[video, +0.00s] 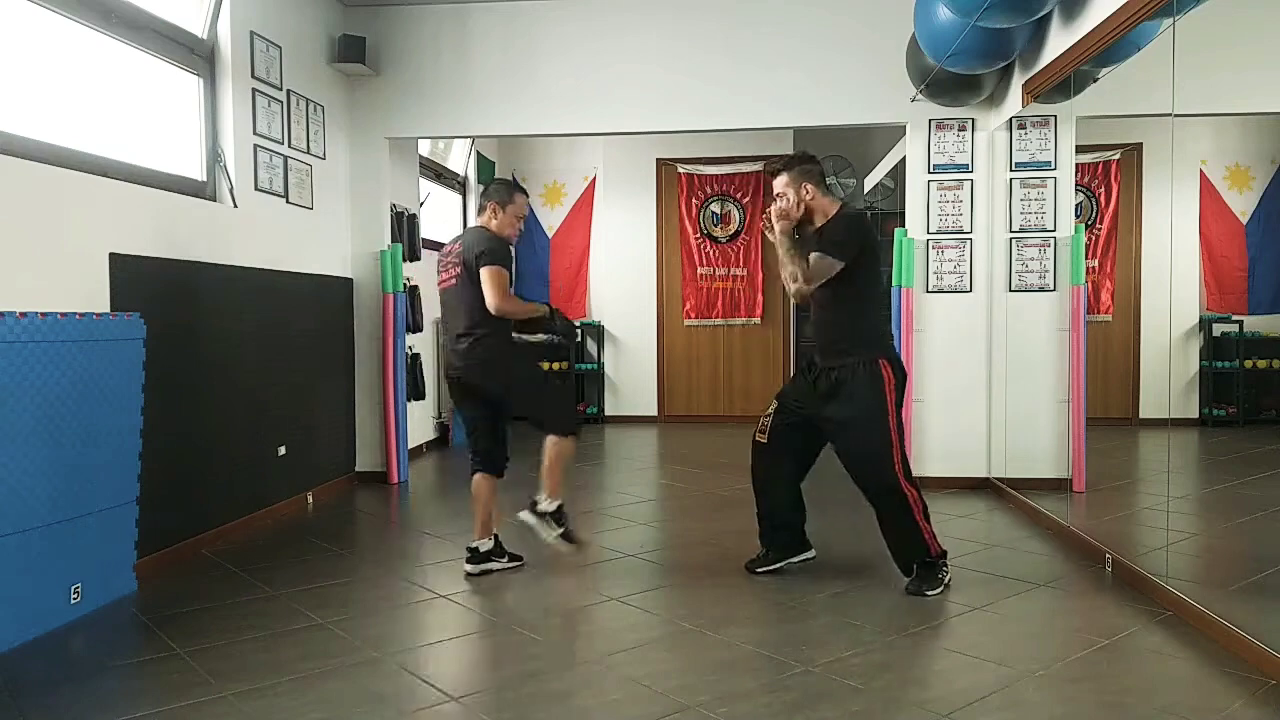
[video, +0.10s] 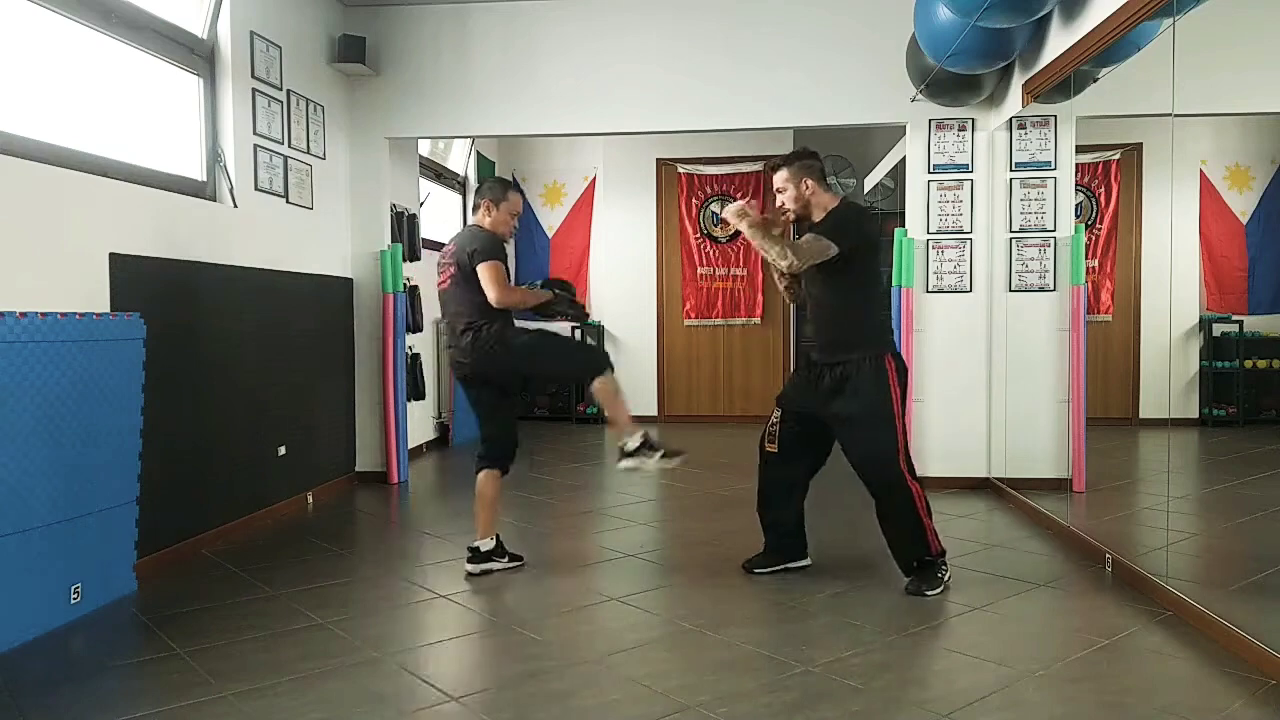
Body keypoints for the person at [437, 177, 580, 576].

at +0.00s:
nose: (520, 229)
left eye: (523, 221)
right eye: (517, 219)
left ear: (488, 213)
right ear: (492, 209)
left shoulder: (456, 246)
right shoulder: (488, 242)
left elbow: (472, 309)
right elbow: (498, 302)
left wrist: (528, 316)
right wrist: (542, 309)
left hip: (460, 366)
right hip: (491, 361)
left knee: (487, 455)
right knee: (563, 415)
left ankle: (483, 547)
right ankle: (549, 505)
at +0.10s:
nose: (516, 225)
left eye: (517, 217)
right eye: (512, 216)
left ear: (483, 211)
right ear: (488, 208)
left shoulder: (461, 243)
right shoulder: (482, 239)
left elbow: (485, 304)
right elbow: (499, 295)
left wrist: (536, 301)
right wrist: (545, 296)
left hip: (469, 356)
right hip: (495, 347)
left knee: (496, 449)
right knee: (594, 360)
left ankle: (484, 547)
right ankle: (632, 440)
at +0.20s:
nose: (513, 223)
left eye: (514, 216)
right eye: (508, 214)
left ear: (480, 212)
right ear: (484, 208)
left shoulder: (460, 244)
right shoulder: (477, 240)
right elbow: (502, 293)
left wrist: (542, 289)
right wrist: (547, 278)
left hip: (481, 356)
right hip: (507, 335)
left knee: (500, 448)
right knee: (604, 319)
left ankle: (485, 547)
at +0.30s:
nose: (509, 225)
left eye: (511, 217)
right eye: (504, 215)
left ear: (479, 212)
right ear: (479, 209)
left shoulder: (464, 248)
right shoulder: (471, 243)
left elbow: (498, 302)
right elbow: (499, 295)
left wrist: (546, 286)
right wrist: (549, 275)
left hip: (491, 354)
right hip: (511, 335)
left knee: (506, 449)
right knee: (609, 304)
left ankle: (487, 545)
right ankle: (688, 344)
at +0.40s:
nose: (508, 225)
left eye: (510, 217)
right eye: (504, 215)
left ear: (479, 212)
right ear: (478, 209)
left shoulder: (478, 248)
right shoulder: (465, 242)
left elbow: (500, 293)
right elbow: (478, 295)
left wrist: (538, 272)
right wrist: (523, 267)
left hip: (501, 356)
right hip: (523, 339)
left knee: (505, 452)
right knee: (621, 331)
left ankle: (486, 544)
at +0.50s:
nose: (514, 220)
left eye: (516, 214)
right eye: (511, 212)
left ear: (483, 209)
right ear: (485, 205)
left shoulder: (468, 241)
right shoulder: (476, 235)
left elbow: (511, 271)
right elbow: (487, 275)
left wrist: (540, 243)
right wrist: (520, 236)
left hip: (496, 355)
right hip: (525, 344)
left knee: (499, 450)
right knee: (612, 395)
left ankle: (486, 545)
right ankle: (604, 488)